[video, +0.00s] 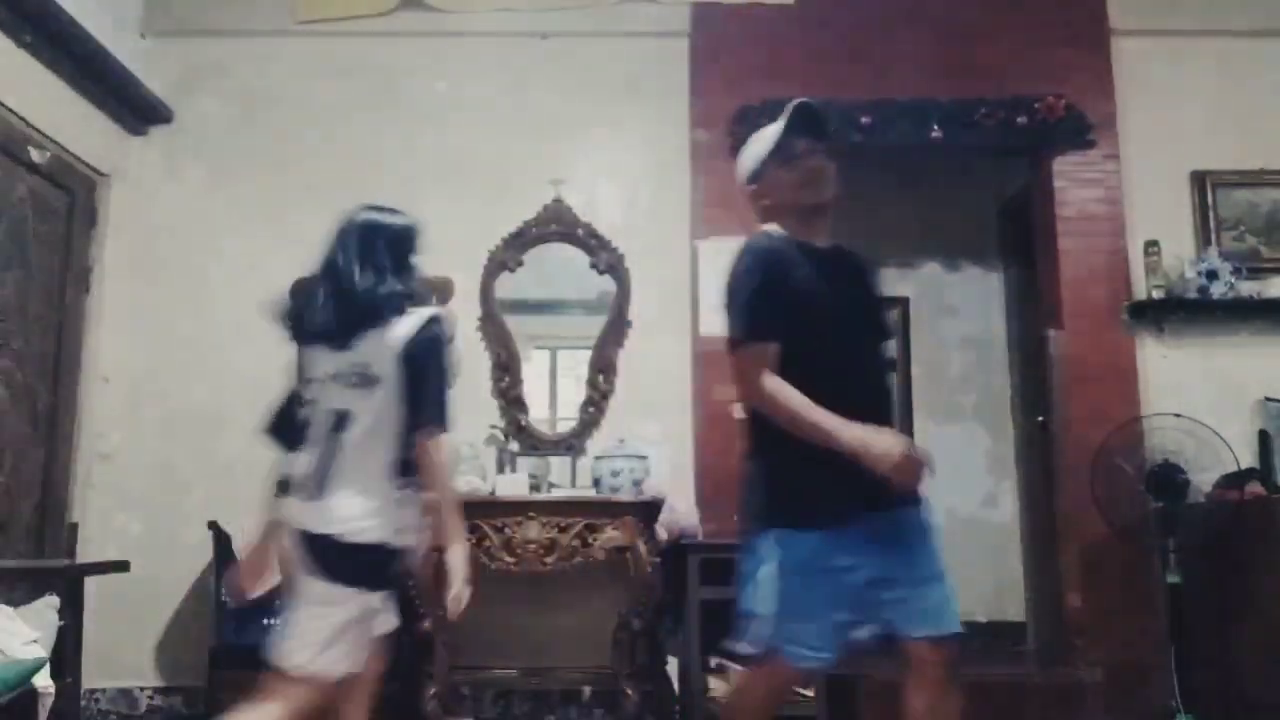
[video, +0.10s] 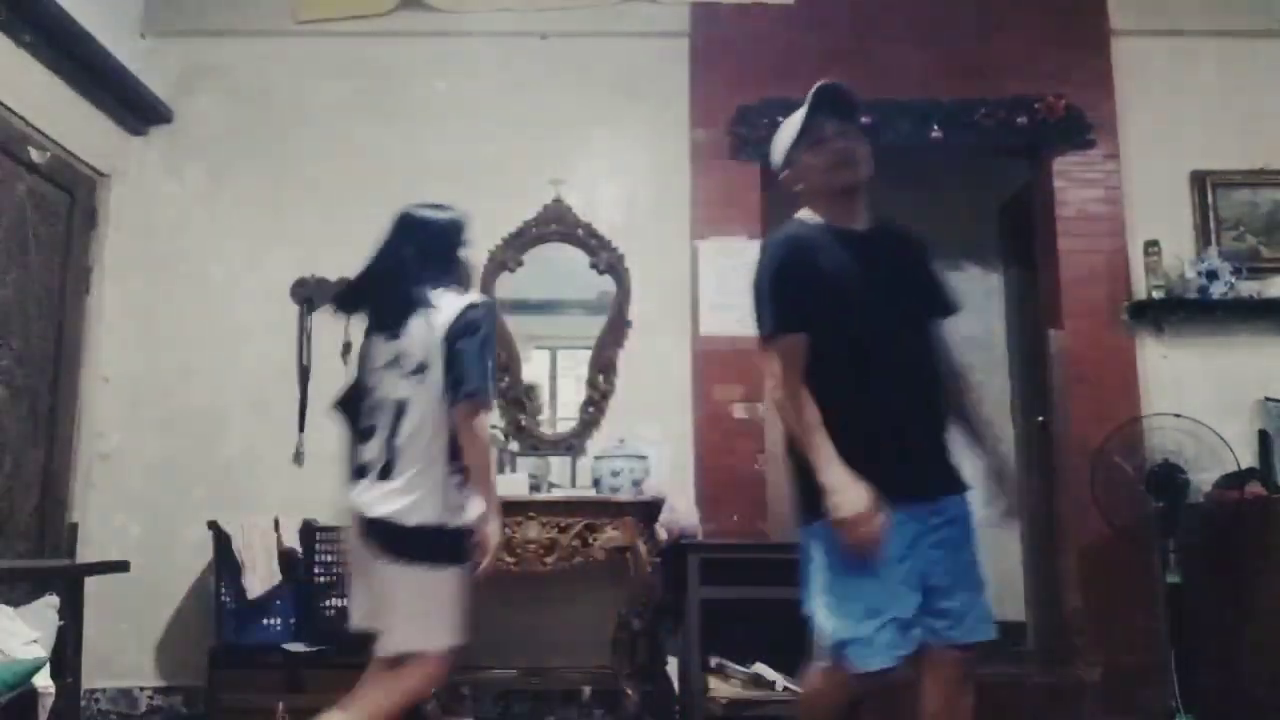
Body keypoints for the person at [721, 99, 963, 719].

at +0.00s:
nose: (813, 163)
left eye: (819, 152)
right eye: (792, 158)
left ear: (836, 168)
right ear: (761, 190)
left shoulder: (851, 267)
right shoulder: (763, 260)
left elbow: (856, 381)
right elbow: (755, 380)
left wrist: (889, 458)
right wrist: (860, 440)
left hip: (884, 504)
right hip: (802, 513)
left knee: (932, 654)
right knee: (781, 669)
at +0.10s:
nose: (840, 145)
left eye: (847, 132)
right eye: (819, 141)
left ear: (868, 148)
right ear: (794, 172)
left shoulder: (900, 246)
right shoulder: (791, 255)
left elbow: (942, 366)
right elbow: (786, 386)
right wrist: (836, 480)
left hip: (935, 492)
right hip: (854, 504)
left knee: (952, 655)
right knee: (841, 669)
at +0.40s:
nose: (896, 114)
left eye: (907, 101)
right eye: (874, 110)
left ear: (933, 119)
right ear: (850, 146)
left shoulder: (1001, 215)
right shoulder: (839, 244)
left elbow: (1103, 307)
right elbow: (797, 370)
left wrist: (1203, 365)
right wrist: (782, 485)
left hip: (1026, 474)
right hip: (930, 492)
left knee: (996, 656)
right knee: (1022, 667)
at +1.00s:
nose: (893, 44)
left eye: (917, 33)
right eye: (872, 30)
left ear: (942, 63)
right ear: (838, 64)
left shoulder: (1002, 160)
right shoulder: (802, 193)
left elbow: (1066, 309)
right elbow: (779, 327)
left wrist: (1120, 456)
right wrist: (816, 374)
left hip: (994, 481)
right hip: (872, 494)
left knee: (983, 692)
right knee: (907, 699)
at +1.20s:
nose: (824, 20)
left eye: (848, 11)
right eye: (803, 10)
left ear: (876, 45)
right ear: (769, 47)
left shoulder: (928, 135)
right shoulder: (733, 181)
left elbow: (989, 266)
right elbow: (705, 330)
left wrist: (993, 363)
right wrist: (681, 454)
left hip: (923, 475)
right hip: (769, 482)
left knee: (967, 690)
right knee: (711, 666)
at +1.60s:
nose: (648, 81)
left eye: (665, 68)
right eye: (629, 69)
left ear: (688, 87)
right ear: (604, 92)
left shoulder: (740, 196)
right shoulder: (568, 208)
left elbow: (778, 335)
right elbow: (540, 348)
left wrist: (800, 456)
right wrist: (515, 456)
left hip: (725, 486)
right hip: (596, 494)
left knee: (768, 677)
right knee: (581, 691)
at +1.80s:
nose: (608, 118)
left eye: (624, 106)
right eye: (590, 109)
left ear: (650, 129)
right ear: (568, 136)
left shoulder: (699, 220)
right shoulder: (541, 242)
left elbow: (744, 349)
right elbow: (504, 351)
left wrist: (763, 466)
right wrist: (436, 400)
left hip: (660, 485)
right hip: (551, 486)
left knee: (653, 690)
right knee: (562, 678)